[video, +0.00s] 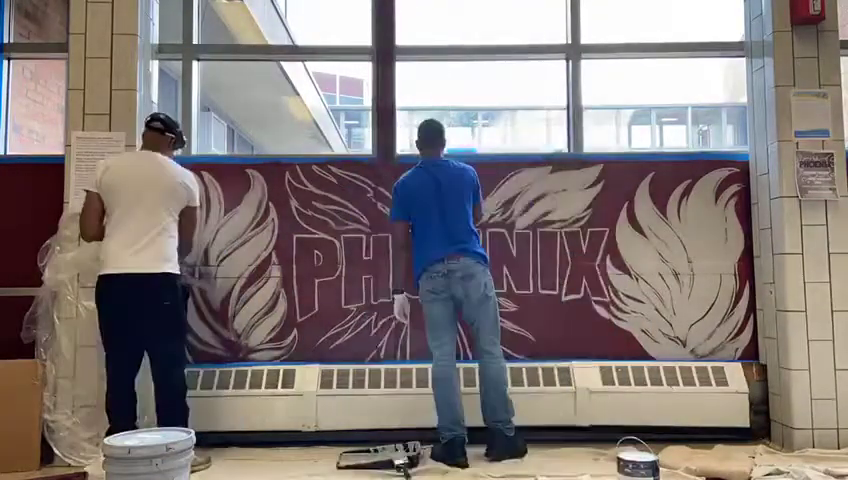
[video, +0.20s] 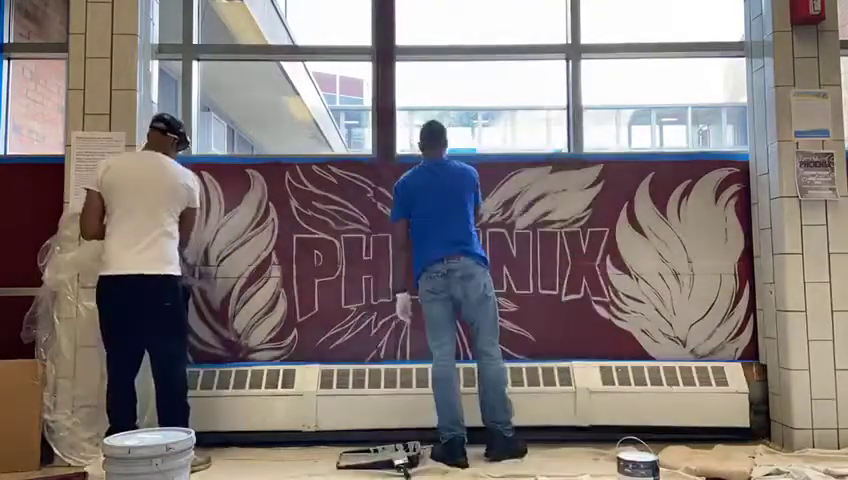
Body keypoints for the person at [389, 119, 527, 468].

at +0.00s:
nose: (430, 149)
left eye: (423, 144)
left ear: (417, 146)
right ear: (445, 144)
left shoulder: (404, 184)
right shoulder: (466, 173)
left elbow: (402, 241)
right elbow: (478, 217)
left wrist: (401, 291)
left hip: (431, 271)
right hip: (471, 265)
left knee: (443, 356)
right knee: (489, 350)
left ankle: (453, 444)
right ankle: (502, 437)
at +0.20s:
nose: (434, 151)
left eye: (426, 146)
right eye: (440, 145)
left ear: (419, 147)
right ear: (447, 145)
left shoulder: (405, 183)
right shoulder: (468, 173)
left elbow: (402, 240)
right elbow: (477, 218)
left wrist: (403, 290)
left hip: (430, 271)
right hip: (471, 265)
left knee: (443, 357)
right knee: (489, 351)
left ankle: (453, 444)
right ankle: (501, 437)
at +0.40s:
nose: (410, 152)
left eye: (408, 146)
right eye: (419, 144)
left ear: (407, 147)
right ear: (434, 144)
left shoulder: (404, 184)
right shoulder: (459, 173)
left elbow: (401, 242)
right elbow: (463, 221)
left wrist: (400, 287)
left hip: (430, 268)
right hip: (469, 262)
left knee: (441, 355)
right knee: (482, 350)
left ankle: (452, 443)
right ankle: (488, 437)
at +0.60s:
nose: (413, 152)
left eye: (410, 147)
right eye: (422, 144)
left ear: (408, 148)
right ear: (435, 144)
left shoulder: (405, 184)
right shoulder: (460, 172)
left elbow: (402, 242)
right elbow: (463, 221)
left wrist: (402, 288)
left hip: (432, 268)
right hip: (471, 262)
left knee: (441, 356)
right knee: (483, 351)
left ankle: (452, 444)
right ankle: (488, 437)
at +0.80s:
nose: (422, 152)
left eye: (416, 147)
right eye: (429, 144)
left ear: (411, 149)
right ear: (438, 144)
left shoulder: (406, 185)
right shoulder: (465, 173)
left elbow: (404, 243)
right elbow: (481, 216)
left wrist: (402, 290)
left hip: (434, 268)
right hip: (473, 264)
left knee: (442, 355)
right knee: (483, 351)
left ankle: (451, 444)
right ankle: (487, 437)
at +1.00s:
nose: (409, 161)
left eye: (408, 157)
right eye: (411, 155)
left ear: (409, 156)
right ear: (434, 145)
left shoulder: (416, 187)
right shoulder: (466, 168)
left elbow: (415, 242)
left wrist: (408, 297)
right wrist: (419, 175)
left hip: (446, 271)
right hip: (483, 266)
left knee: (451, 357)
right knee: (484, 352)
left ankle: (460, 443)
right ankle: (486, 437)